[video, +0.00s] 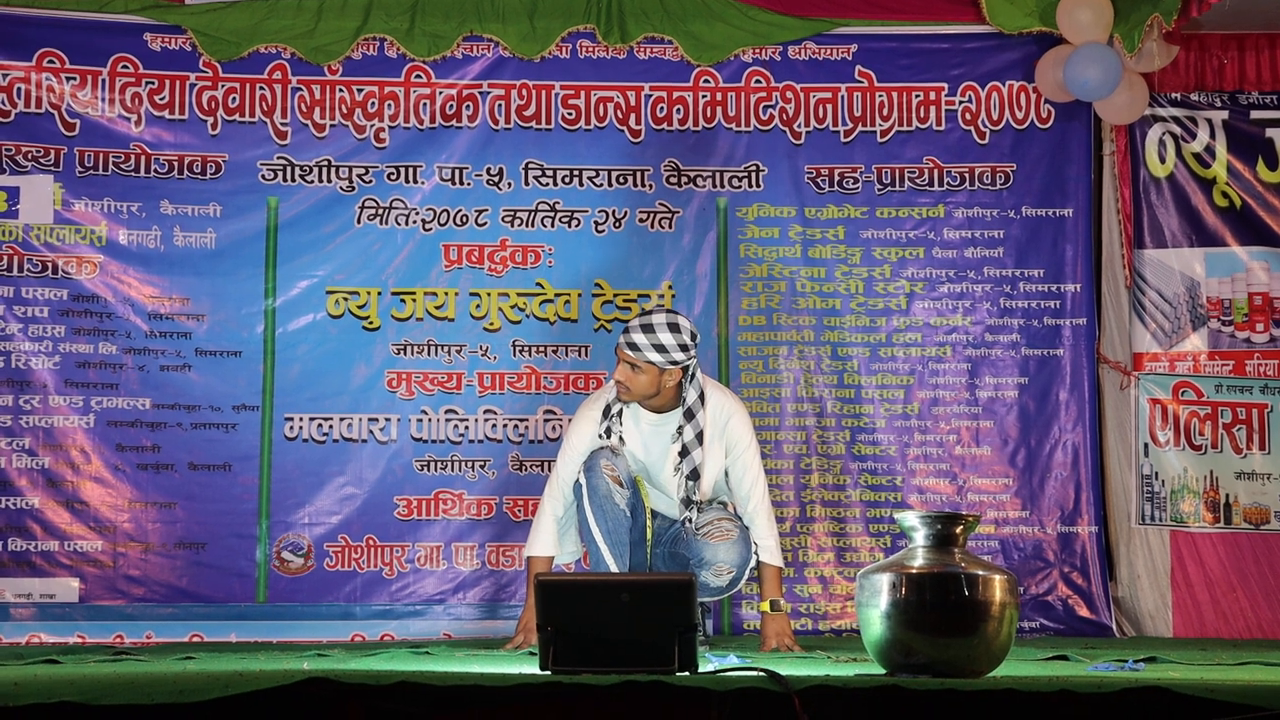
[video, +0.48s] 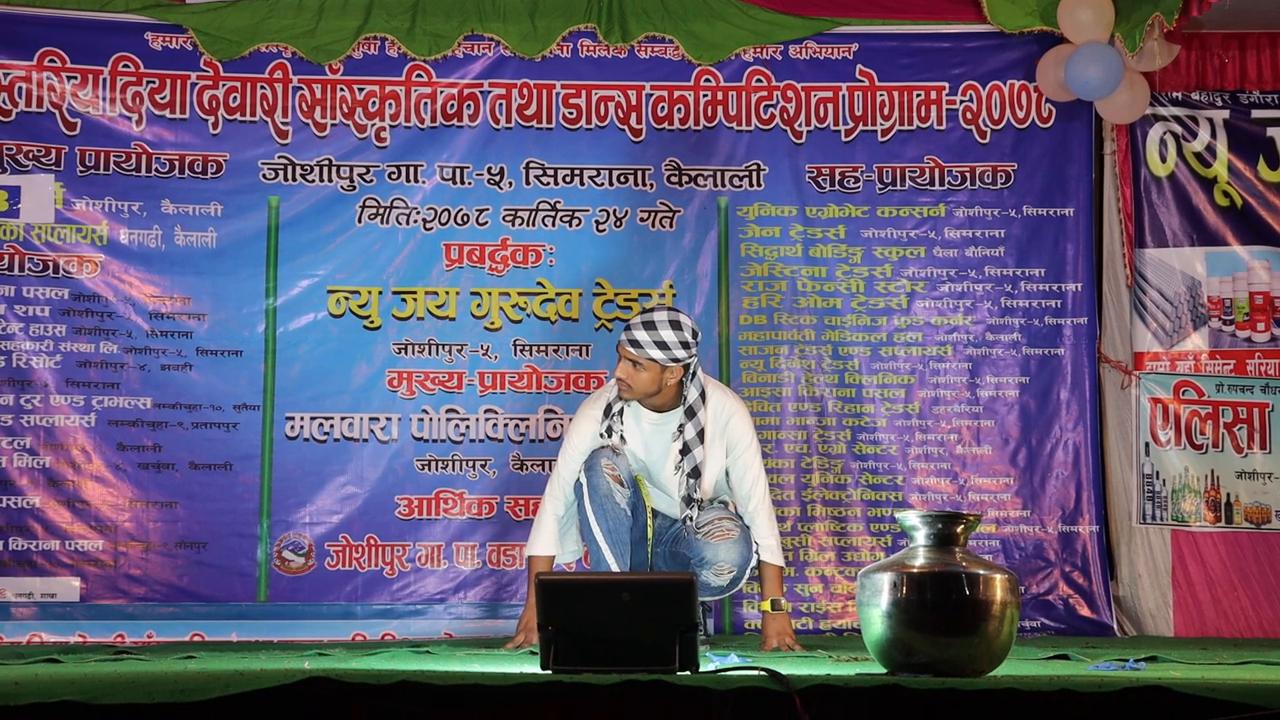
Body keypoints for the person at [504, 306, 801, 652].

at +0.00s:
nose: (617, 376)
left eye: (633, 368)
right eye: (618, 361)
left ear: (672, 376)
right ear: (617, 356)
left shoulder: (725, 414)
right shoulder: (598, 411)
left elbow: (758, 508)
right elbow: (554, 502)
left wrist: (774, 609)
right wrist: (534, 603)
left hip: (690, 540)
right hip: (627, 532)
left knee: (727, 549)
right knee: (602, 463)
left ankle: (690, 610)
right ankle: (618, 607)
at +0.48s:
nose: (619, 373)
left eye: (634, 365)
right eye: (620, 358)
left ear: (673, 373)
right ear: (618, 354)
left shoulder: (726, 413)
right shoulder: (598, 410)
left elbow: (758, 507)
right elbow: (555, 502)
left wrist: (775, 608)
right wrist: (534, 603)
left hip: (691, 540)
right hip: (628, 532)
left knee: (728, 546)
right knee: (603, 462)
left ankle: (688, 610)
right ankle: (620, 607)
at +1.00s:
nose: (620, 372)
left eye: (637, 364)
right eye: (621, 358)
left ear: (675, 372)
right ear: (619, 354)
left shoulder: (727, 413)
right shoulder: (600, 412)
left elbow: (759, 506)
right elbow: (554, 503)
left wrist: (775, 608)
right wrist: (535, 603)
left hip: (692, 536)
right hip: (630, 530)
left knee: (729, 549)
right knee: (602, 461)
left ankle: (688, 610)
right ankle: (621, 605)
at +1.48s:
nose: (616, 376)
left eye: (632, 368)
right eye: (617, 361)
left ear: (671, 375)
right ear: (614, 357)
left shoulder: (722, 412)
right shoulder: (596, 414)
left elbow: (759, 504)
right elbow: (558, 502)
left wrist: (775, 606)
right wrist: (528, 599)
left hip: (692, 538)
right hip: (629, 532)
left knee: (729, 547)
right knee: (600, 461)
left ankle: (687, 611)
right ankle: (617, 608)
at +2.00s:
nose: (616, 376)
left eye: (633, 368)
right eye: (617, 361)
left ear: (671, 373)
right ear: (615, 356)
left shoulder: (723, 413)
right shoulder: (596, 412)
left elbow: (760, 506)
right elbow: (555, 501)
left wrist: (776, 607)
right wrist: (543, 604)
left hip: (692, 535)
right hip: (629, 528)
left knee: (730, 549)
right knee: (598, 463)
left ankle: (687, 609)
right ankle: (622, 605)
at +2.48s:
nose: (618, 375)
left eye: (635, 367)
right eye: (619, 360)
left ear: (674, 373)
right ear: (617, 354)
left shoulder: (723, 413)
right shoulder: (596, 410)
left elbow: (760, 507)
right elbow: (555, 502)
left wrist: (776, 608)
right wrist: (543, 606)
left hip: (690, 539)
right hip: (628, 531)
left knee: (731, 548)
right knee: (598, 463)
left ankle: (686, 609)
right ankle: (621, 605)